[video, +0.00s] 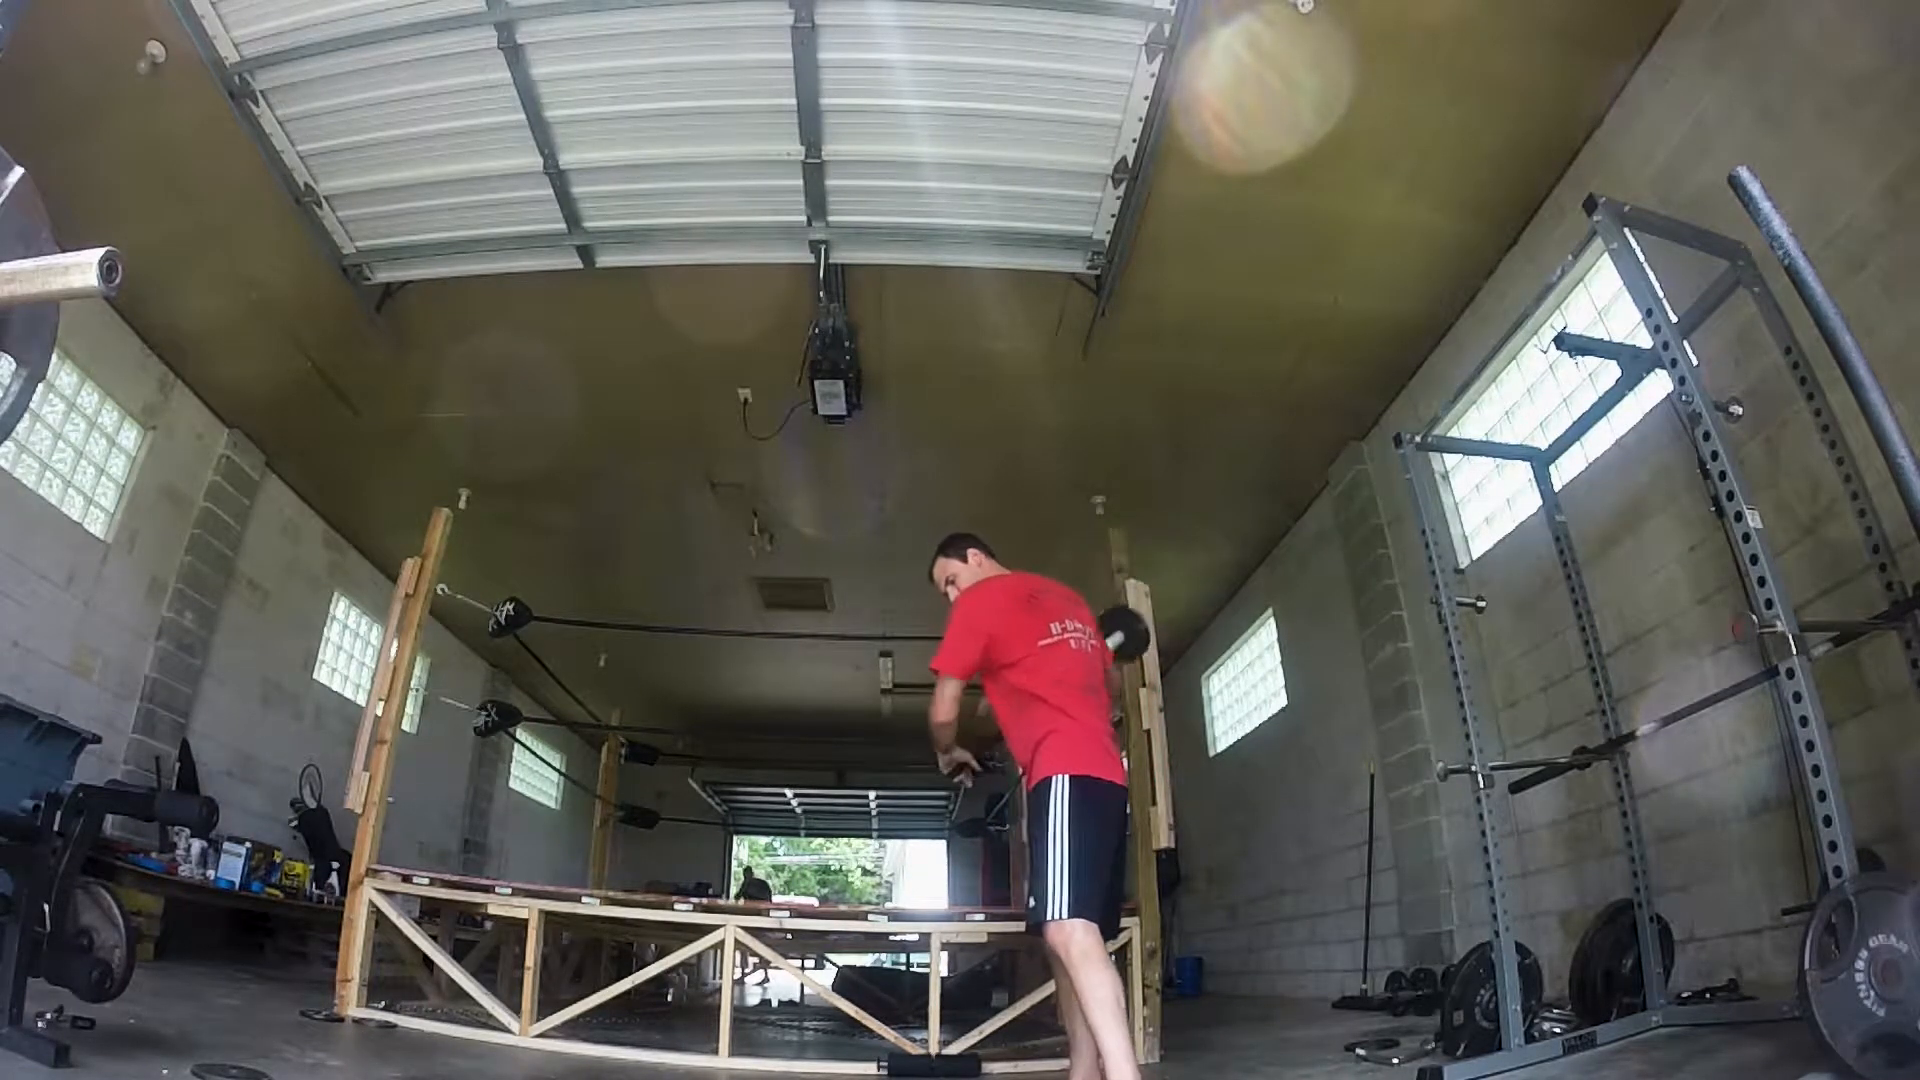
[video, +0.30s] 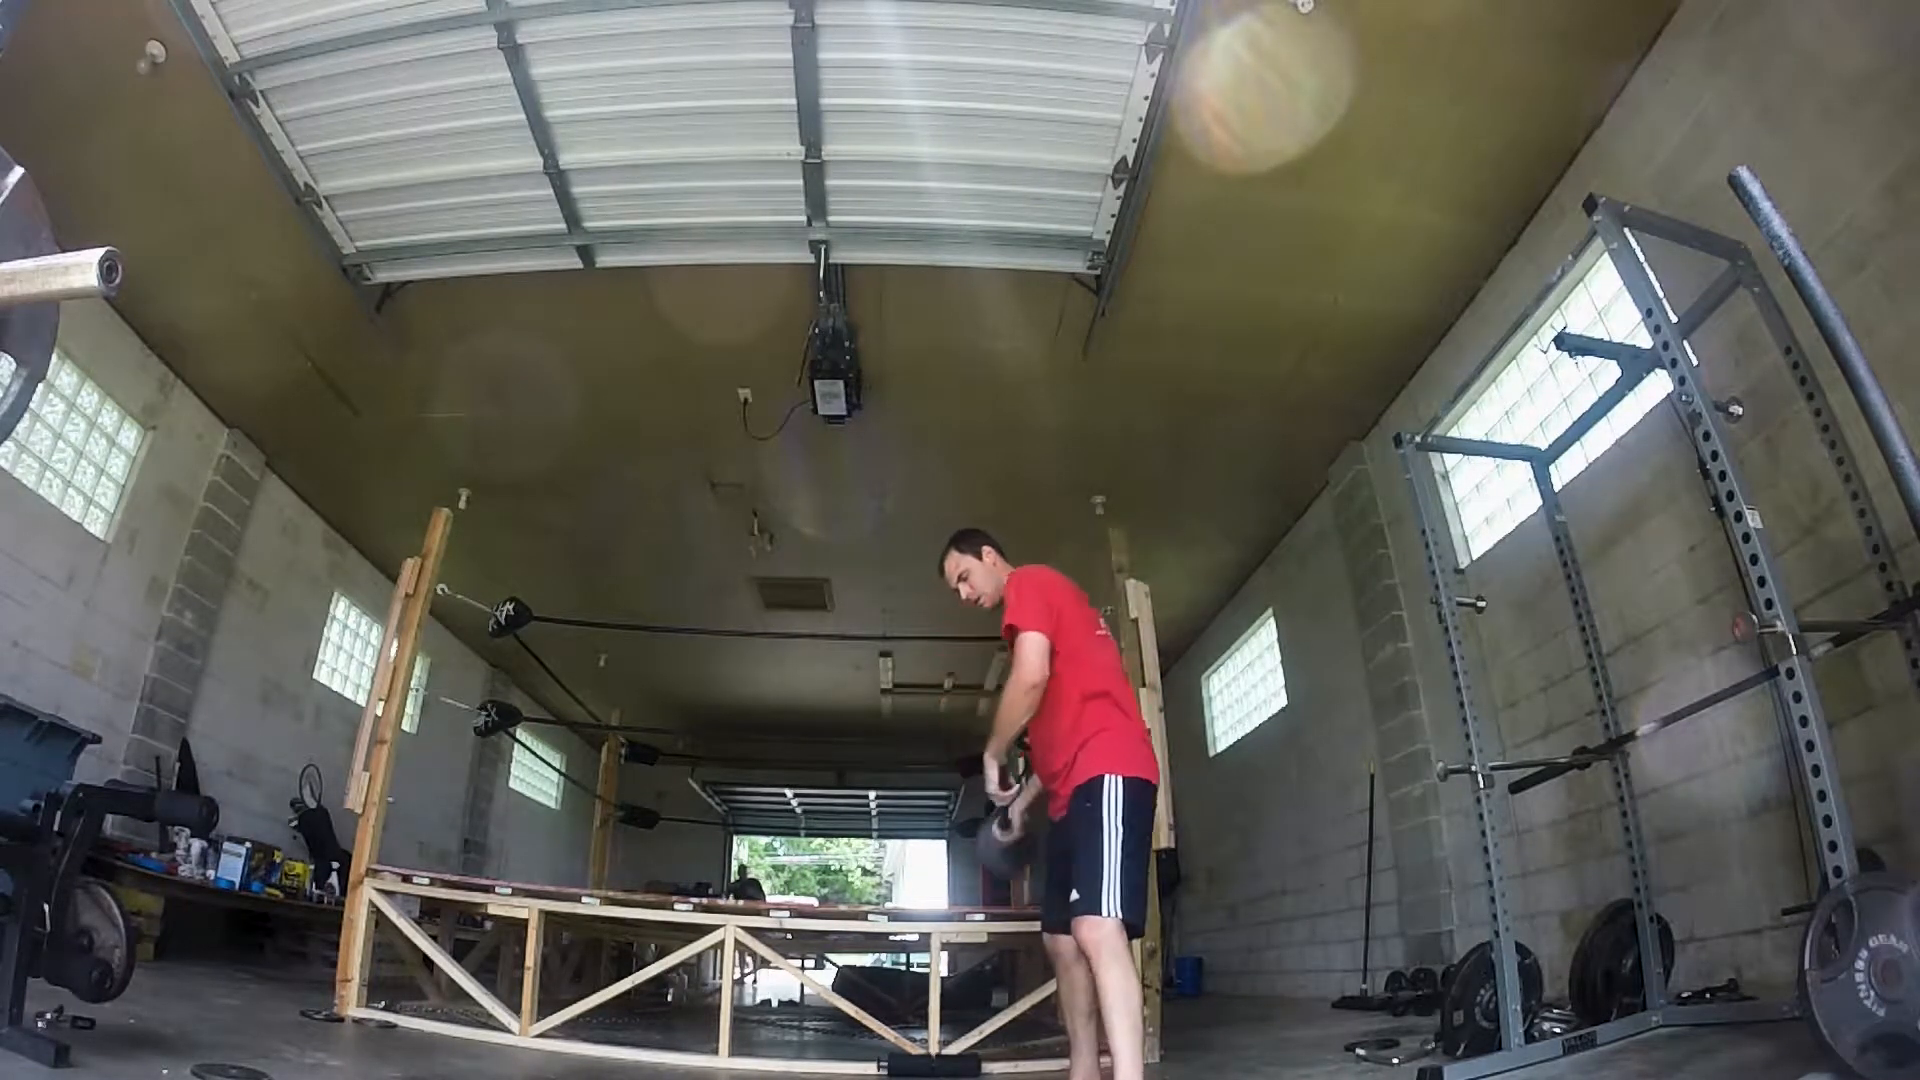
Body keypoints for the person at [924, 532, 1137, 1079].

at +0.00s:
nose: (951, 597)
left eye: (949, 584)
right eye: (945, 591)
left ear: (972, 557)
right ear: (986, 558)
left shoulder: (979, 601)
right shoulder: (1066, 594)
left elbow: (942, 714)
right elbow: (1111, 678)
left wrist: (948, 752)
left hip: (1065, 772)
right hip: (1104, 771)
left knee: (1070, 930)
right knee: (1072, 934)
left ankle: (1124, 1073)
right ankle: (1083, 1072)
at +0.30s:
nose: (964, 592)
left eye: (964, 577)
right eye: (956, 587)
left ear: (991, 555)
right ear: (971, 582)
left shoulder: (1031, 581)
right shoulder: (1036, 605)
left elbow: (1031, 674)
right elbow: (1069, 722)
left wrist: (993, 752)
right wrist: (1025, 795)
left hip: (1108, 767)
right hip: (1074, 784)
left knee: (1098, 927)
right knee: (1062, 939)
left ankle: (1129, 1074)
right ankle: (1085, 1072)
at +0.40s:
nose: (965, 590)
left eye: (966, 574)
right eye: (957, 585)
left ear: (994, 552)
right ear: (969, 583)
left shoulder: (1048, 574)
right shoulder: (1020, 658)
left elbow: (1078, 649)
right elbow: (1036, 764)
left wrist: (1024, 736)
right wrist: (989, 842)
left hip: (1117, 761)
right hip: (1071, 786)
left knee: (1108, 926)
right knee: (1061, 939)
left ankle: (1134, 1074)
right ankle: (1085, 1073)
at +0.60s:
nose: (969, 579)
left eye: (968, 563)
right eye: (960, 574)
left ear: (996, 539)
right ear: (969, 574)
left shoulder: (1073, 558)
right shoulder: (1003, 649)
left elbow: (1155, 602)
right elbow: (1009, 748)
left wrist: (1098, 675)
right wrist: (968, 833)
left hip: (1127, 767)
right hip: (1069, 791)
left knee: (1116, 926)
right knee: (1061, 939)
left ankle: (1138, 1074)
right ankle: (1085, 1072)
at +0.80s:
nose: (971, 561)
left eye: (972, 545)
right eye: (960, 558)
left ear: (999, 525)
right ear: (962, 567)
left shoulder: (1079, 548)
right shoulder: (989, 636)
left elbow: (1167, 595)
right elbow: (1018, 709)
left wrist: (1124, 636)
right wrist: (1016, 757)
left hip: (1131, 758)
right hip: (1068, 783)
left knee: (1119, 923)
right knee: (1063, 939)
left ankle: (1139, 1075)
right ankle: (1083, 1072)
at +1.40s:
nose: (955, 593)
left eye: (954, 577)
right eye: (947, 589)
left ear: (981, 552)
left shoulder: (1061, 560)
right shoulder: (992, 656)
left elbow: (1133, 597)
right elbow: (1024, 724)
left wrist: (1085, 675)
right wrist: (1017, 794)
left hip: (1125, 760)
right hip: (1068, 792)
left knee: (1114, 923)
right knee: (1058, 941)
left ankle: (1136, 1074)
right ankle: (1083, 1073)